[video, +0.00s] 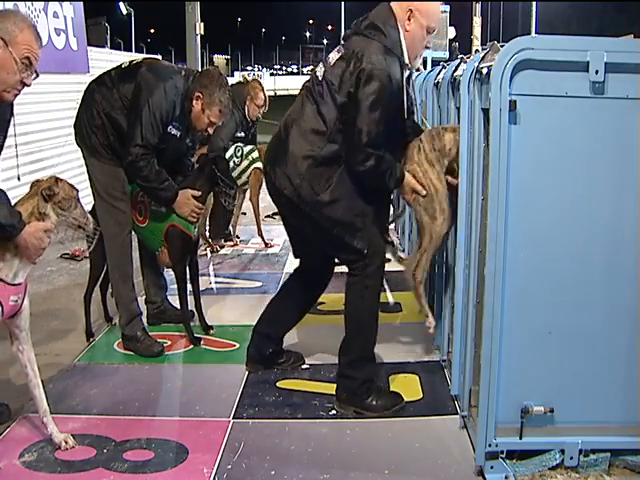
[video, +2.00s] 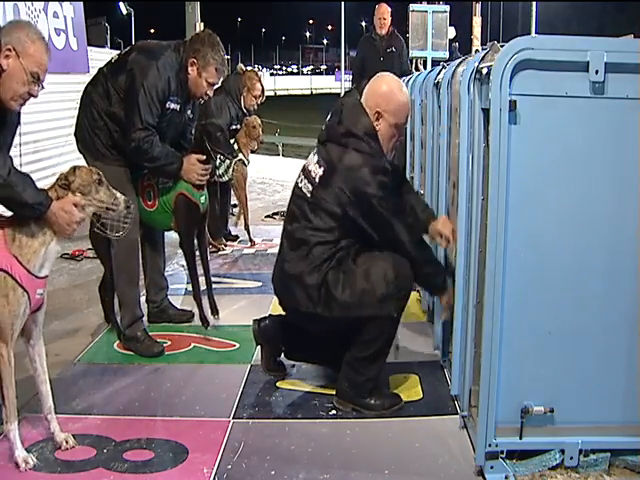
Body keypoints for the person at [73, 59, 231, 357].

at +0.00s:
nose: (211, 130)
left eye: (216, 126)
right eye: (210, 123)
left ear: (198, 100)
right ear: (196, 100)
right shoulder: (161, 92)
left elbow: (177, 161)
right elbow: (136, 156)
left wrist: (188, 194)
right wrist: (172, 196)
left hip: (136, 132)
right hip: (101, 130)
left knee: (147, 216)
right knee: (118, 222)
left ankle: (158, 305)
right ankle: (131, 327)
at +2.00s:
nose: (210, 92)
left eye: (215, 86)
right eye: (209, 84)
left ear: (196, 65)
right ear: (191, 66)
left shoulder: (192, 80)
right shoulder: (151, 70)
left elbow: (182, 134)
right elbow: (137, 139)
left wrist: (192, 161)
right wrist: (179, 165)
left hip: (139, 139)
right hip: (103, 136)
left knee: (152, 216)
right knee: (125, 220)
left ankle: (158, 303)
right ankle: (130, 324)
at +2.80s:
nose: (240, 71)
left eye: (245, 65)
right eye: (238, 63)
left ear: (230, 50)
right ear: (220, 46)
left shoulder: (221, 70)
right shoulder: (182, 54)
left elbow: (216, 122)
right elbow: (169, 120)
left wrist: (223, 145)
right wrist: (208, 149)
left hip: (183, 144)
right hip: (142, 139)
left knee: (199, 217)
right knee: (152, 219)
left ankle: (210, 301)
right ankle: (134, 324)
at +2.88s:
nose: (247, 70)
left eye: (252, 64)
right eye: (245, 61)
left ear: (238, 49)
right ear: (228, 46)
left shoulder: (232, 69)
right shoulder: (191, 52)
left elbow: (234, 120)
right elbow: (177, 117)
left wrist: (261, 132)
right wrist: (214, 148)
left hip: (190, 145)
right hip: (148, 139)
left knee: (203, 218)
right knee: (154, 220)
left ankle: (210, 301)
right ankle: (134, 323)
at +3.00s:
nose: (257, 68)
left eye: (262, 62)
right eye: (256, 60)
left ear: (246, 46)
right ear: (240, 44)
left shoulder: (241, 65)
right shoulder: (202, 51)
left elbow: (242, 116)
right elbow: (189, 114)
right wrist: (225, 146)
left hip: (199, 143)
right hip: (157, 137)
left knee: (208, 217)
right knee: (161, 220)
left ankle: (211, 300)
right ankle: (137, 322)